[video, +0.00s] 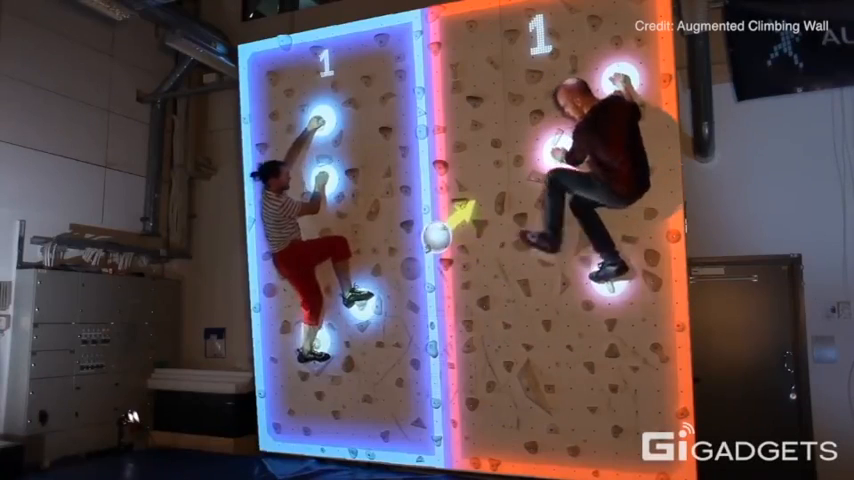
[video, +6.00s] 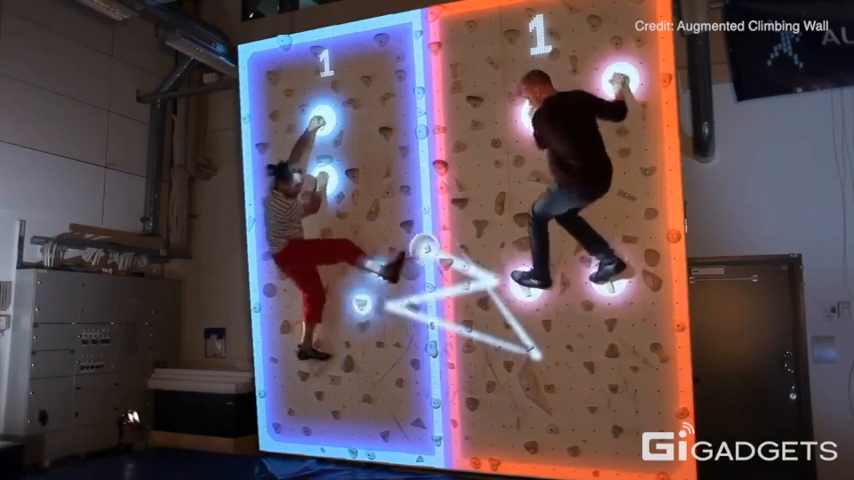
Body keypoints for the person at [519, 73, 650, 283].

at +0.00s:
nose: (566, 113)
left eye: (565, 107)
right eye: (563, 108)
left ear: (578, 101)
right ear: (587, 94)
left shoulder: (585, 129)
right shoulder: (618, 102)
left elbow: (575, 159)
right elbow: (637, 114)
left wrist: (562, 155)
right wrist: (628, 96)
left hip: (618, 192)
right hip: (641, 183)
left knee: (556, 178)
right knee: (580, 203)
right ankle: (612, 261)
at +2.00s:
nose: (568, 96)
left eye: (568, 92)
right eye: (568, 91)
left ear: (575, 92)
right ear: (593, 87)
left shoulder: (574, 124)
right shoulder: (614, 106)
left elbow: (566, 166)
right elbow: (632, 117)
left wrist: (558, 154)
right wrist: (626, 95)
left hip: (602, 195)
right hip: (627, 187)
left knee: (556, 205)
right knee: (574, 206)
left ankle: (574, 269)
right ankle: (611, 260)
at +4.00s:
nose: (557, 112)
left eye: (556, 108)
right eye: (555, 108)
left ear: (562, 107)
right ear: (577, 92)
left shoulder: (575, 129)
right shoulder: (608, 101)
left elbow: (556, 138)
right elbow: (640, 112)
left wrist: (543, 121)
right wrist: (630, 91)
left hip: (617, 190)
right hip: (640, 176)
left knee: (569, 222)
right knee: (580, 199)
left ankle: (543, 276)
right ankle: (613, 258)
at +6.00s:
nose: (528, 101)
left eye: (527, 95)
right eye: (526, 96)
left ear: (536, 91)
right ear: (548, 85)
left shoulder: (541, 118)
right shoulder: (578, 98)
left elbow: (541, 144)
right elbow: (618, 113)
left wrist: (534, 118)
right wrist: (620, 91)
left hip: (575, 187)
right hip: (602, 178)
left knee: (537, 215)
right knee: (564, 214)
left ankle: (540, 274)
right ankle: (608, 260)